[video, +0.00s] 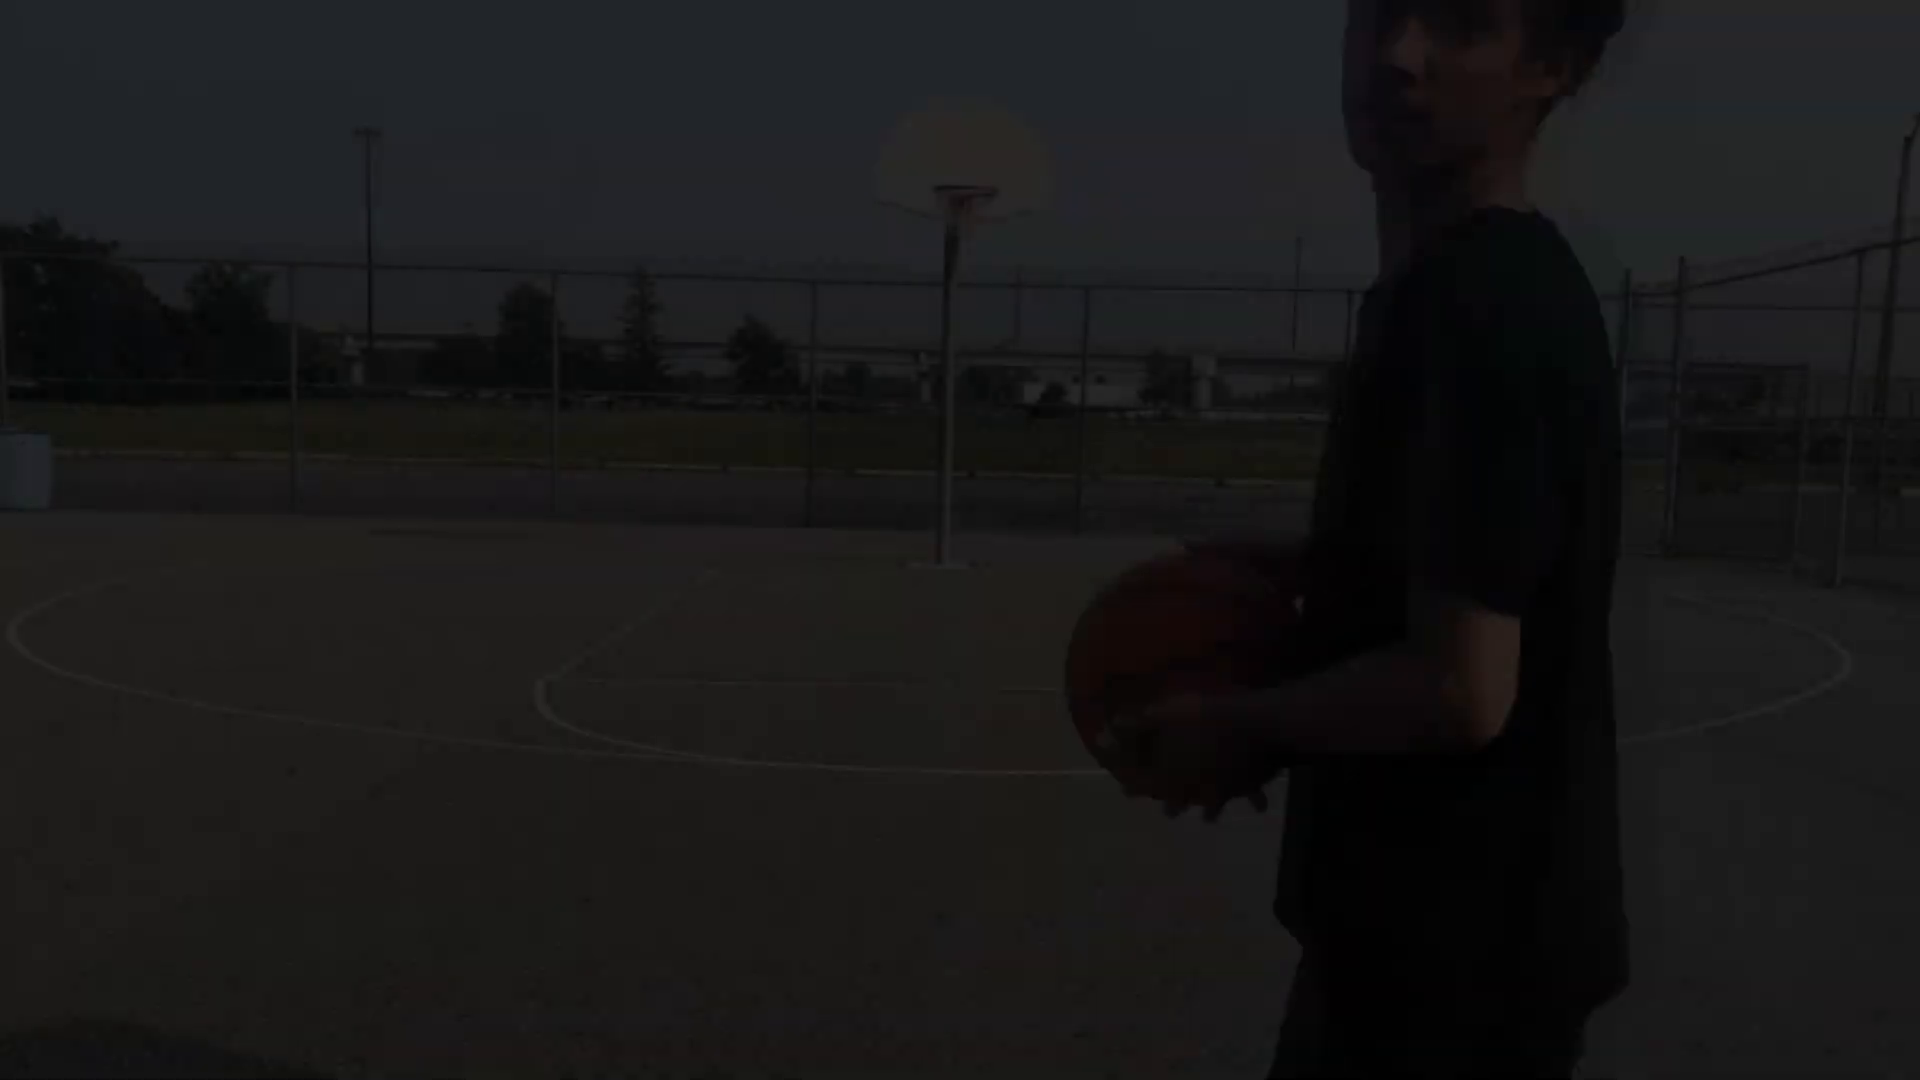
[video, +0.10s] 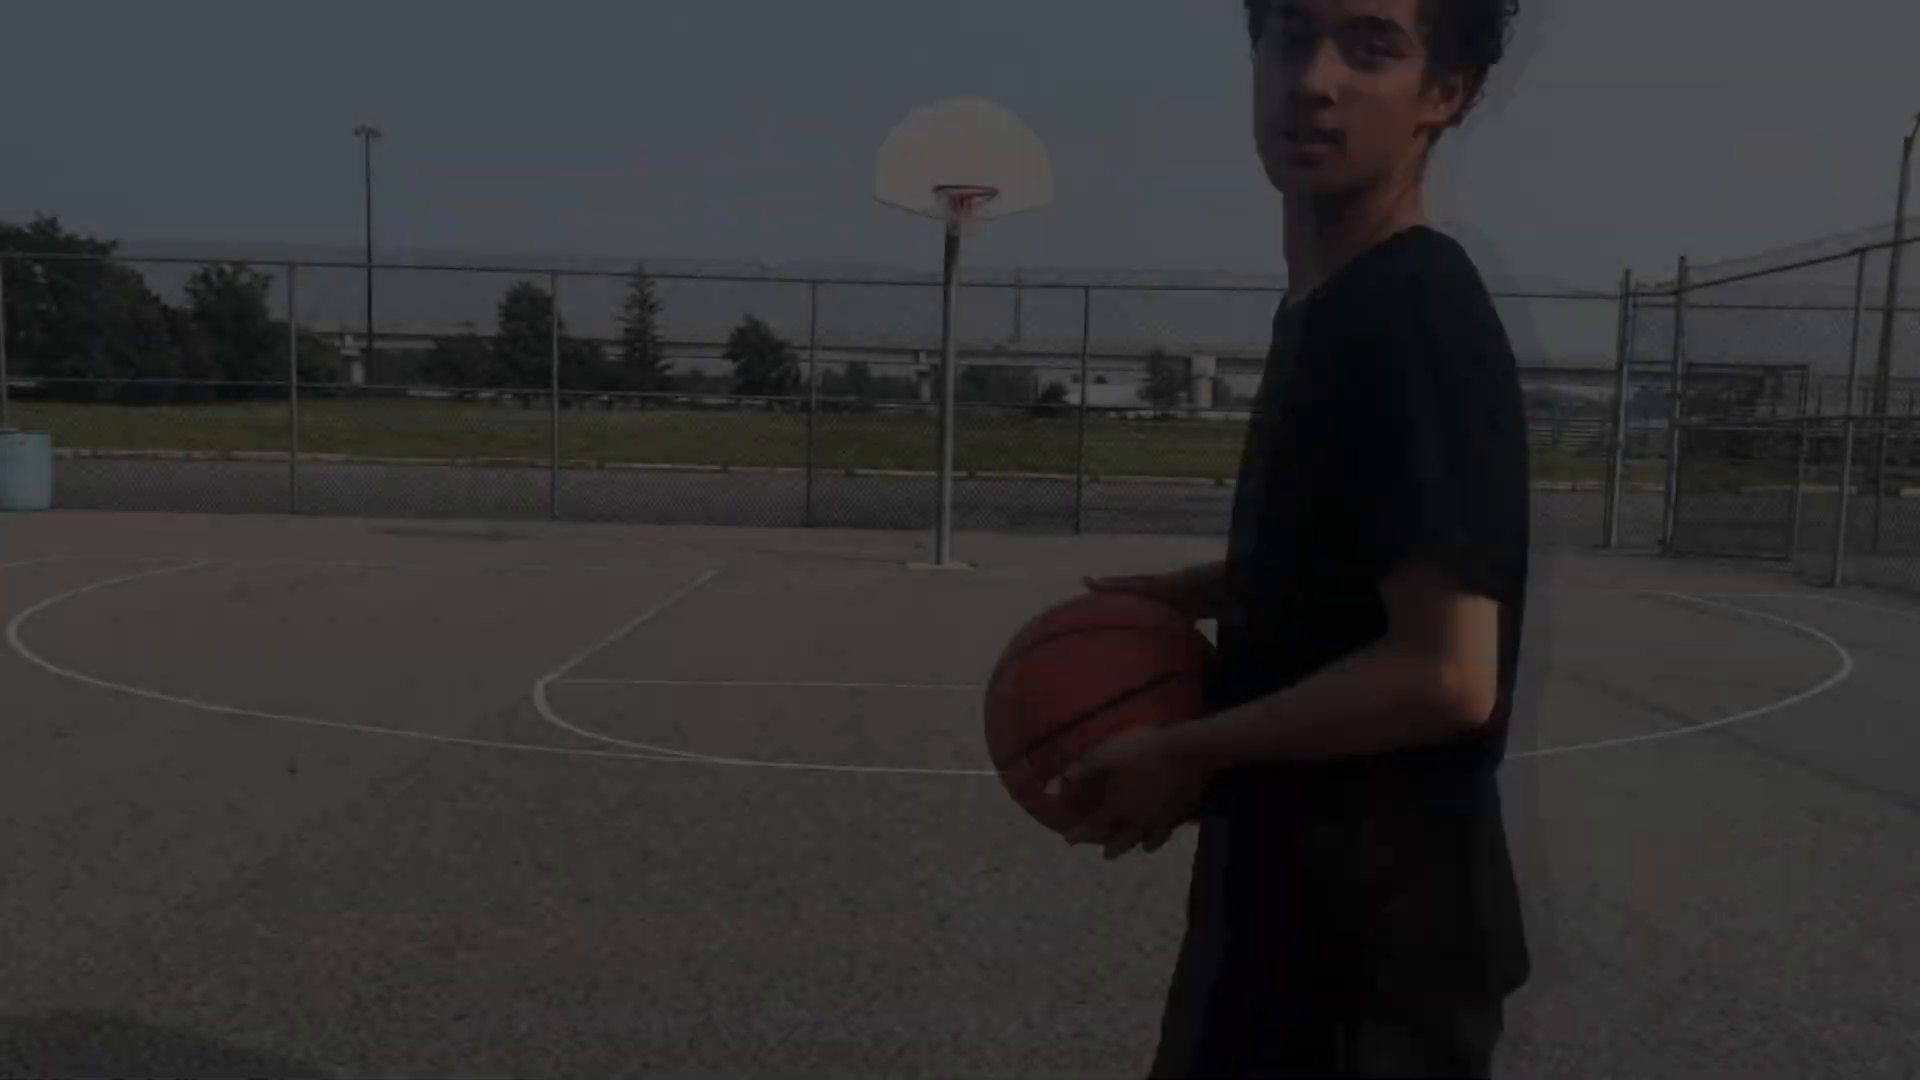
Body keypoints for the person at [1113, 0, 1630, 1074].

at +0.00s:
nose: (1399, 56)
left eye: (1459, 26)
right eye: (1384, 17)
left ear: (1549, 68)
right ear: (1343, 33)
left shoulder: (1481, 298)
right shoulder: (1451, 287)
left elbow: (1464, 685)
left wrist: (1237, 730)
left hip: (1451, 942)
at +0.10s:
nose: (1314, 82)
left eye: (1368, 50)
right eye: (1291, 41)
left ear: (1444, 96)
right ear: (1254, 61)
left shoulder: (1420, 306)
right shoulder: (1324, 307)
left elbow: (1450, 675)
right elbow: (1333, 575)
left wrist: (1193, 758)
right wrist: (1181, 597)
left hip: (1378, 939)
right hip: (1281, 917)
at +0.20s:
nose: (1229, 107)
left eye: (1277, 78)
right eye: (1206, 69)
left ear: (1342, 126)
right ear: (1168, 93)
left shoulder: (1333, 322)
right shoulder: (1224, 324)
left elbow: (1387, 662)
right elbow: (1254, 606)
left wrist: (1119, 770)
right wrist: (1084, 629)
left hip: (1272, 939)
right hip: (1163, 919)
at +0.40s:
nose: (1083, 79)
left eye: (1123, 53)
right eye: (1055, 50)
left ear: (1179, 100)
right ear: (1016, 86)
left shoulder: (1210, 249)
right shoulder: (1047, 318)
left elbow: (1352, 516)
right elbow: (1051, 555)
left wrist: (1080, 611)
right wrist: (927, 616)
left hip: (1171, 839)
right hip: (1039, 821)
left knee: (1103, 1062)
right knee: (975, 1063)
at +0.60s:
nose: (983, 79)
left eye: (1023, 54)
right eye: (954, 49)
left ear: (1076, 105)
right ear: (913, 88)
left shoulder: (1134, 251)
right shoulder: (926, 345)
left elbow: (1296, 498)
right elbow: (873, 555)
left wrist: (1073, 609)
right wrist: (825, 564)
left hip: (1126, 835)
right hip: (972, 830)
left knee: (1071, 1063)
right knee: (957, 1063)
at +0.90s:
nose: (975, 54)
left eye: (1022, 29)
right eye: (947, 22)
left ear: (1078, 85)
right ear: (905, 64)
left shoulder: (1142, 285)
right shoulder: (872, 319)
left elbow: (1264, 557)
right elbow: (810, 528)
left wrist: (1055, 644)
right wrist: (789, 519)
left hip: (1055, 853)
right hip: (889, 843)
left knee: (1048, 1068)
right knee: (901, 1063)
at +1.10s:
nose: (1032, 15)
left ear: (1152, 48)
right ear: (967, 21)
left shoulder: (1205, 303)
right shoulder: (877, 266)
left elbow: (1259, 607)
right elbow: (787, 526)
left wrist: (1060, 712)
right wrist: (786, 474)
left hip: (1037, 872)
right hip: (832, 848)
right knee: (815, 1063)